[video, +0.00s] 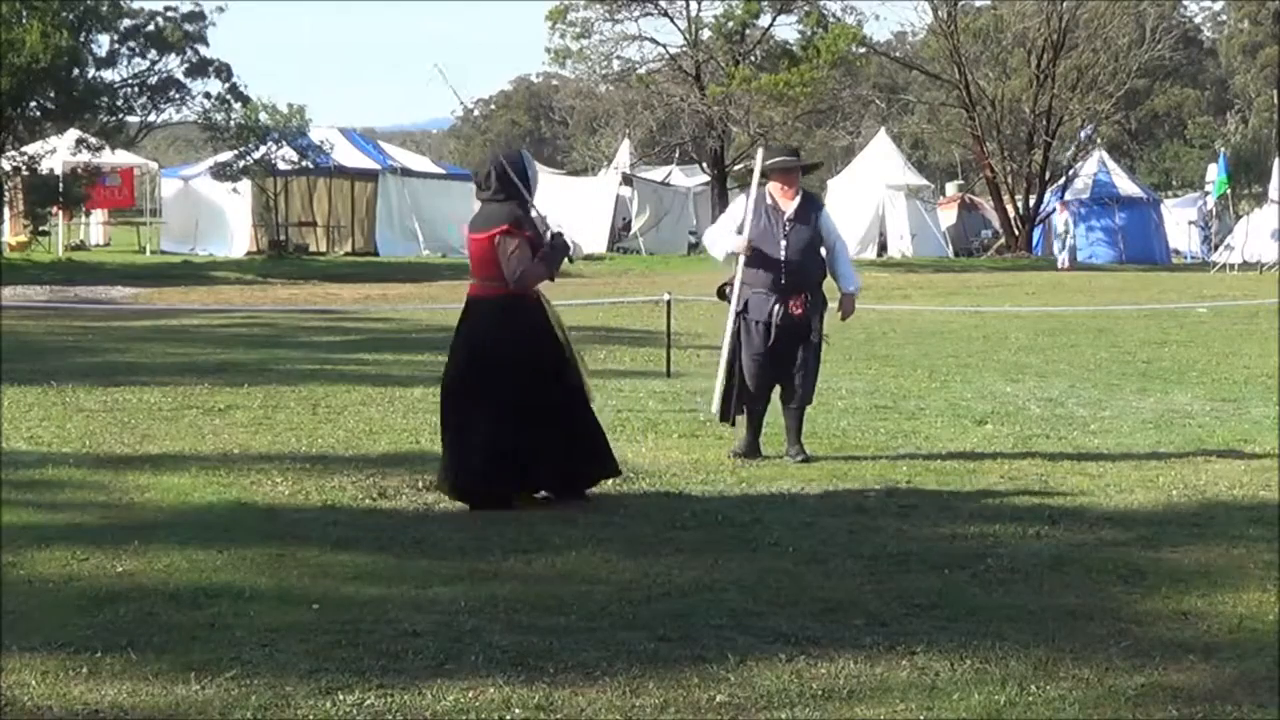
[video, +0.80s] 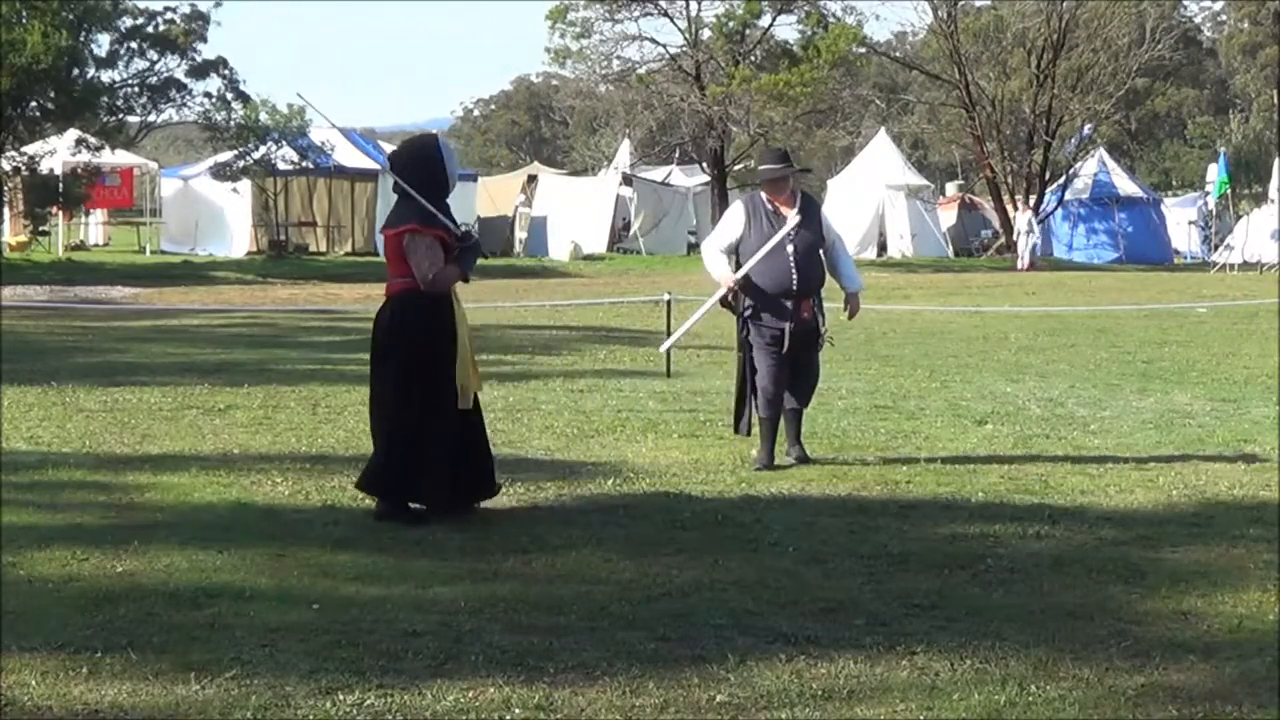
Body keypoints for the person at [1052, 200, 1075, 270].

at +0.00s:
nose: (1059, 209)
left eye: (1060, 207)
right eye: (1057, 207)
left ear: (1064, 207)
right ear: (1056, 207)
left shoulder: (1067, 215)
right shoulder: (1055, 216)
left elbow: (1071, 226)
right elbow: (1054, 228)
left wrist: (1071, 235)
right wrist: (1054, 237)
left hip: (1066, 234)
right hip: (1058, 234)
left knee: (1067, 249)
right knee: (1058, 249)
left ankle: (1067, 264)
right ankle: (1060, 264)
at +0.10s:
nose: (1054, 208)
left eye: (1056, 206)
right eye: (1053, 206)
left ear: (1060, 206)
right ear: (1052, 206)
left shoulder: (1063, 215)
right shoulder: (1051, 216)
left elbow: (1067, 227)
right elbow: (1051, 227)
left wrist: (1063, 236)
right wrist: (1050, 235)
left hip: (1063, 235)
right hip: (1054, 236)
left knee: (1064, 250)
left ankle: (1064, 264)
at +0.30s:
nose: (1042, 210)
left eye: (1043, 208)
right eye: (1041, 208)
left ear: (1047, 209)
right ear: (1040, 209)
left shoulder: (1051, 215)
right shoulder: (1041, 217)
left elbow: (1056, 226)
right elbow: (1041, 227)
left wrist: (1054, 236)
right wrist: (1042, 234)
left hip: (1053, 236)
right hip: (1044, 236)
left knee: (1058, 252)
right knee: (1043, 252)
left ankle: (1061, 267)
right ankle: (1045, 265)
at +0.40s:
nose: (1038, 208)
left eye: (1040, 206)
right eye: (1037, 206)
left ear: (1043, 206)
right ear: (1035, 207)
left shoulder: (1047, 213)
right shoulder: (1035, 215)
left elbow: (1052, 225)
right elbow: (1036, 225)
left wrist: (1051, 235)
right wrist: (1035, 234)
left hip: (1046, 235)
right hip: (1039, 234)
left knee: (1045, 248)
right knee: (1039, 249)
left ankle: (1048, 262)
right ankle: (1039, 262)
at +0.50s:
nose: (1033, 207)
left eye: (1034, 205)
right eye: (1032, 205)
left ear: (1038, 205)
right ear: (1031, 206)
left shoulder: (1044, 214)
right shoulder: (1032, 214)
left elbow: (1050, 224)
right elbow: (1030, 225)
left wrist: (1050, 234)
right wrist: (1028, 234)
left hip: (1043, 234)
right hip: (1036, 234)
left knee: (1040, 248)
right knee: (1035, 248)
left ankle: (1044, 262)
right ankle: (1037, 263)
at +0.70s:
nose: (1026, 210)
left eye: (1027, 208)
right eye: (1025, 208)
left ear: (1031, 209)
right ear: (1024, 209)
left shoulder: (1036, 215)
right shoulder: (1023, 216)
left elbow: (1042, 227)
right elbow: (1021, 227)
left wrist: (1045, 237)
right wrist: (1019, 237)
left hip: (1035, 236)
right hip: (1027, 236)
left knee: (1034, 250)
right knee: (1028, 250)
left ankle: (1032, 264)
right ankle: (1027, 263)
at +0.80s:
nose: (1021, 207)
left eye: (1022, 205)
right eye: (1020, 205)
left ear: (1025, 205)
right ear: (1018, 205)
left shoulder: (1030, 213)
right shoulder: (1017, 214)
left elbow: (1034, 224)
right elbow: (1016, 225)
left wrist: (1037, 233)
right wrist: (1015, 234)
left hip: (1029, 233)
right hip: (1021, 233)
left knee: (1027, 249)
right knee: (1020, 249)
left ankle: (1027, 265)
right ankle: (1020, 265)